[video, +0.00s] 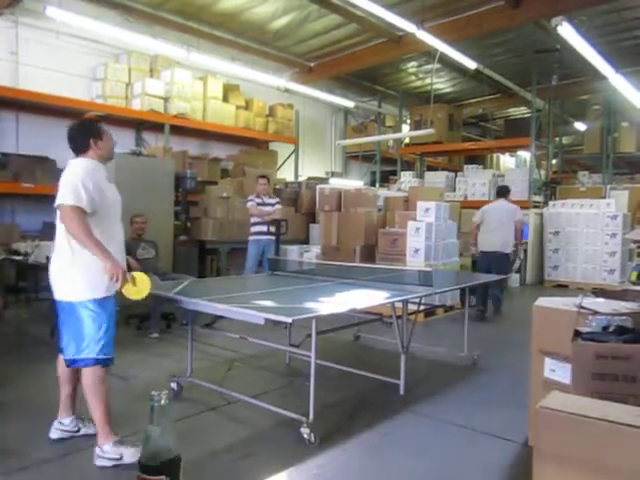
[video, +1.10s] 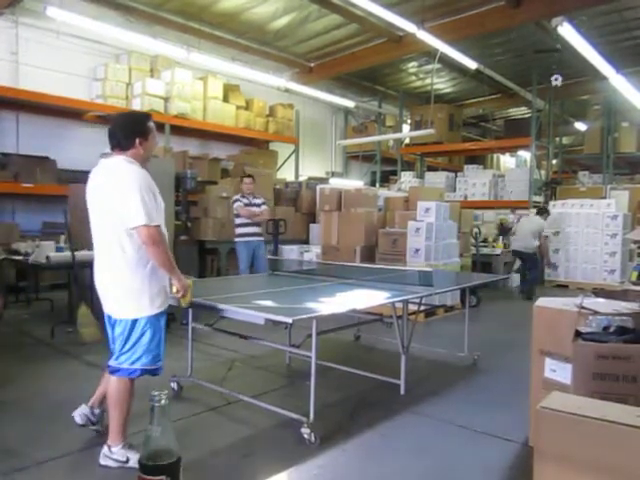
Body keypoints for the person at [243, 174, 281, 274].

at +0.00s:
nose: (263, 187)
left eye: (265, 184)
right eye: (260, 184)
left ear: (268, 186)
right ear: (256, 186)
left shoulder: (275, 199)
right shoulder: (252, 198)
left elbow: (278, 215)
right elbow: (253, 211)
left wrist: (263, 217)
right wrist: (271, 212)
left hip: (270, 237)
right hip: (255, 237)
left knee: (269, 266)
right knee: (250, 267)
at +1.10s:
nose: (248, 186)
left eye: (250, 184)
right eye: (245, 184)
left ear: (254, 185)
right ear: (241, 186)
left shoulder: (259, 199)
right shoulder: (236, 199)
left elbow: (266, 216)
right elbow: (243, 212)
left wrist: (251, 217)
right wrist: (258, 212)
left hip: (258, 238)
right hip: (242, 239)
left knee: (262, 269)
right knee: (244, 270)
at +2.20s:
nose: (262, 188)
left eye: (264, 185)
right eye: (259, 185)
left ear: (268, 186)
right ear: (256, 187)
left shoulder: (274, 201)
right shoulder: (251, 200)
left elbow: (279, 215)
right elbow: (256, 213)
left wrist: (266, 218)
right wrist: (272, 213)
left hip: (270, 239)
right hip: (254, 239)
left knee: (268, 269)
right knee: (251, 269)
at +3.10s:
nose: (252, 187)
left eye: (255, 185)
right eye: (250, 185)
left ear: (258, 186)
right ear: (246, 186)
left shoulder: (264, 202)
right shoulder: (240, 199)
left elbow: (269, 216)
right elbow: (246, 212)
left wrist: (254, 217)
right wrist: (262, 214)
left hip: (261, 239)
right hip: (245, 239)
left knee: (263, 269)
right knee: (247, 270)